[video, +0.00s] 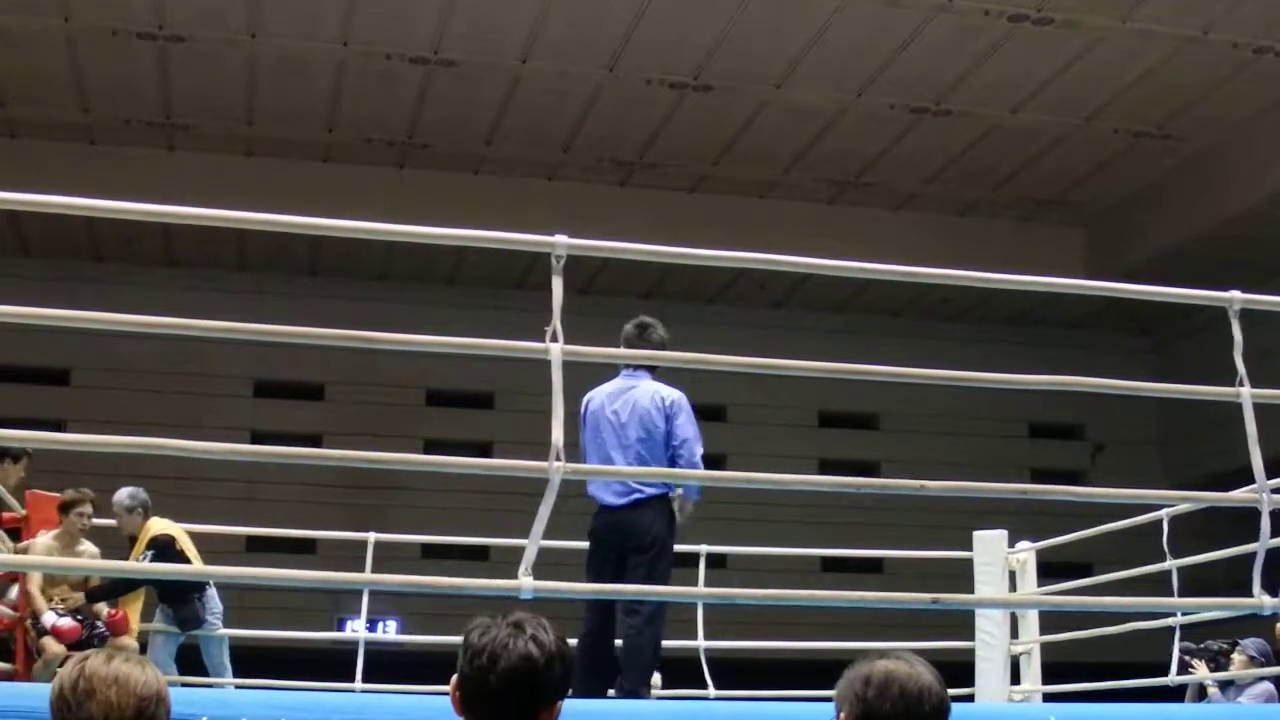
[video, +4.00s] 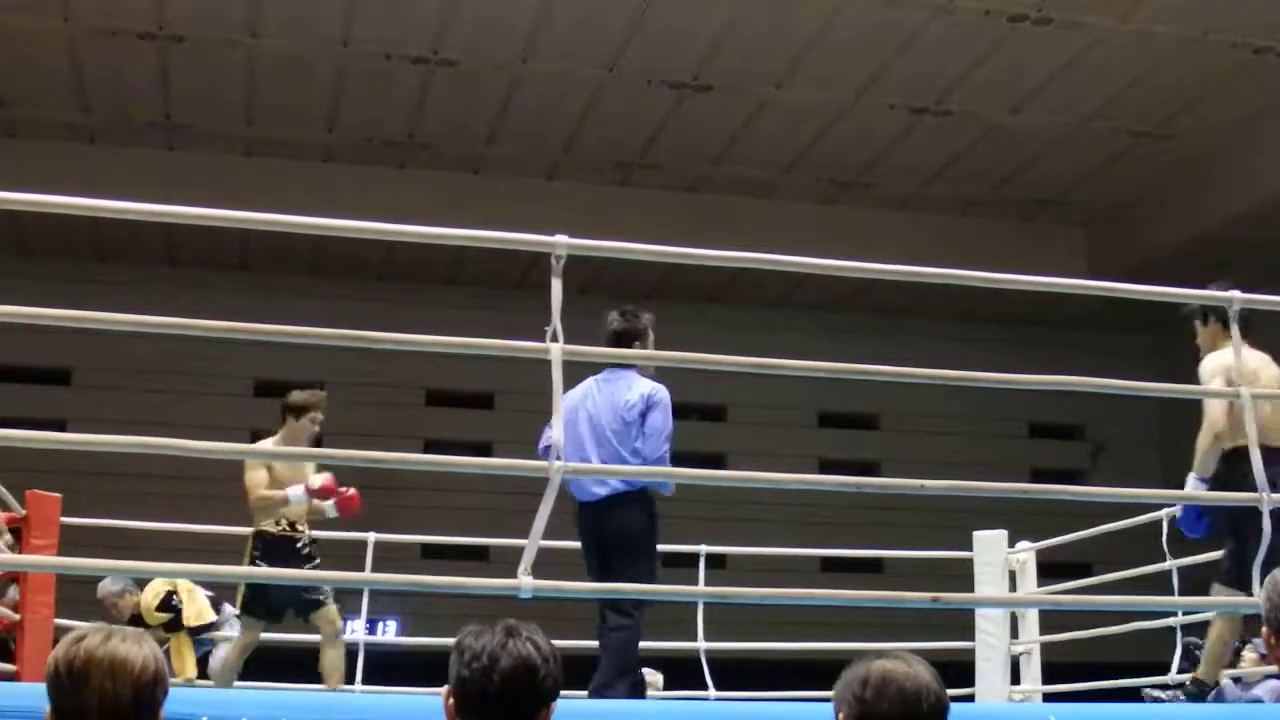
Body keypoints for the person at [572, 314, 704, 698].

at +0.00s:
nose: (658, 355)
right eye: (659, 351)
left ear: (622, 350)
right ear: (659, 354)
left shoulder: (592, 399)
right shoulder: (671, 399)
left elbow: (589, 456)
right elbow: (690, 457)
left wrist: (608, 485)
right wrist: (687, 499)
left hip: (606, 516)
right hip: (651, 515)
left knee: (597, 607)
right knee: (642, 608)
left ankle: (585, 698)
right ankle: (632, 698)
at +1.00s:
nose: (670, 362)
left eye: (666, 356)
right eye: (669, 357)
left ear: (628, 355)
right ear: (664, 359)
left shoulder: (594, 399)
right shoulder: (669, 398)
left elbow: (550, 435)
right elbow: (708, 439)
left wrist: (536, 417)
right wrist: (769, 435)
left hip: (612, 516)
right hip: (656, 515)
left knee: (603, 606)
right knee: (648, 606)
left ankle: (587, 697)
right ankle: (634, 698)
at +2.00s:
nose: (669, 374)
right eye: (669, 369)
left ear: (627, 365)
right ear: (663, 367)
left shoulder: (598, 398)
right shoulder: (672, 396)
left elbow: (549, 428)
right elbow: (714, 431)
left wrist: (537, 397)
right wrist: (770, 412)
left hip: (612, 516)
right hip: (656, 514)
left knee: (601, 606)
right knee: (646, 606)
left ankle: (588, 697)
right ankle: (632, 696)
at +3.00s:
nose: (679, 359)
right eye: (680, 354)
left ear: (642, 353)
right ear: (679, 357)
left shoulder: (609, 395)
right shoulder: (678, 397)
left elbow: (569, 436)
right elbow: (720, 423)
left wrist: (533, 460)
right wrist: (783, 402)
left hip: (610, 514)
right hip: (652, 513)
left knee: (622, 602)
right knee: (644, 605)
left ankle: (624, 687)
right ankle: (630, 696)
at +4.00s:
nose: (655, 351)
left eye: (653, 343)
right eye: (652, 344)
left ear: (610, 346)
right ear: (642, 348)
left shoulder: (576, 395)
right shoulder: (652, 393)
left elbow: (549, 446)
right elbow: (653, 456)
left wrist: (581, 480)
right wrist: (664, 488)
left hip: (588, 513)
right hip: (631, 510)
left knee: (610, 606)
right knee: (626, 608)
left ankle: (622, 695)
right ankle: (608, 700)